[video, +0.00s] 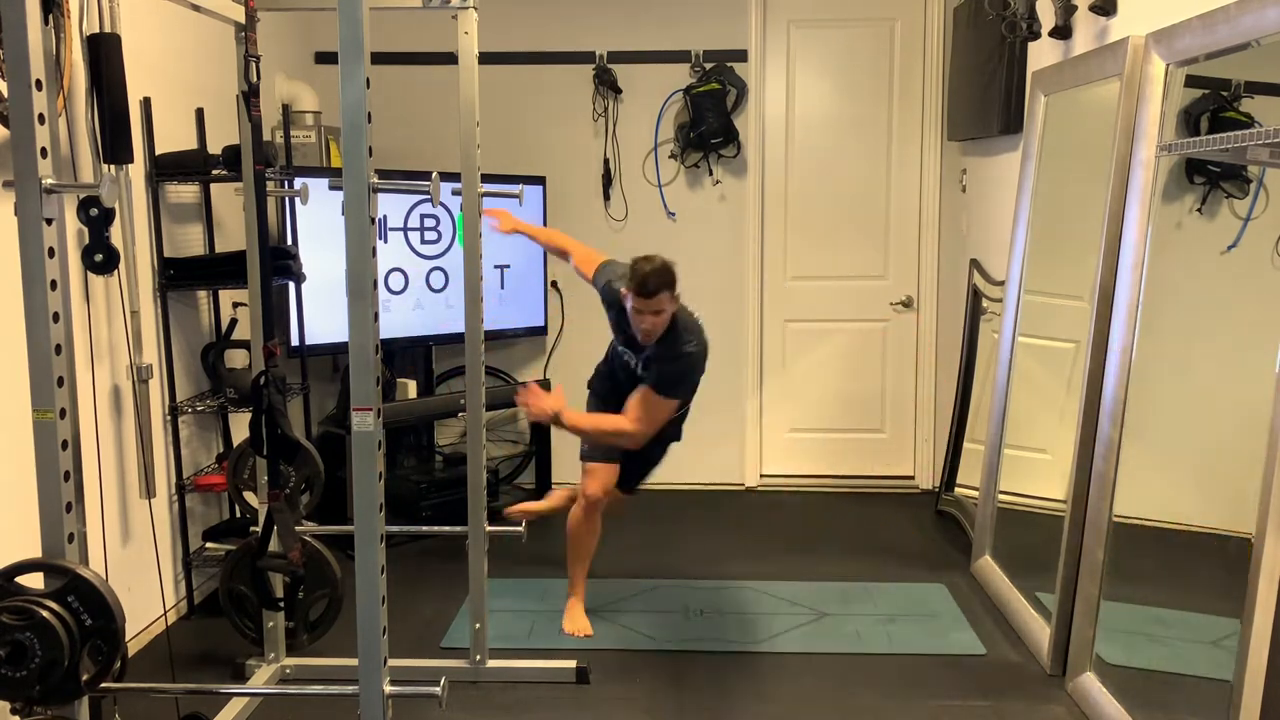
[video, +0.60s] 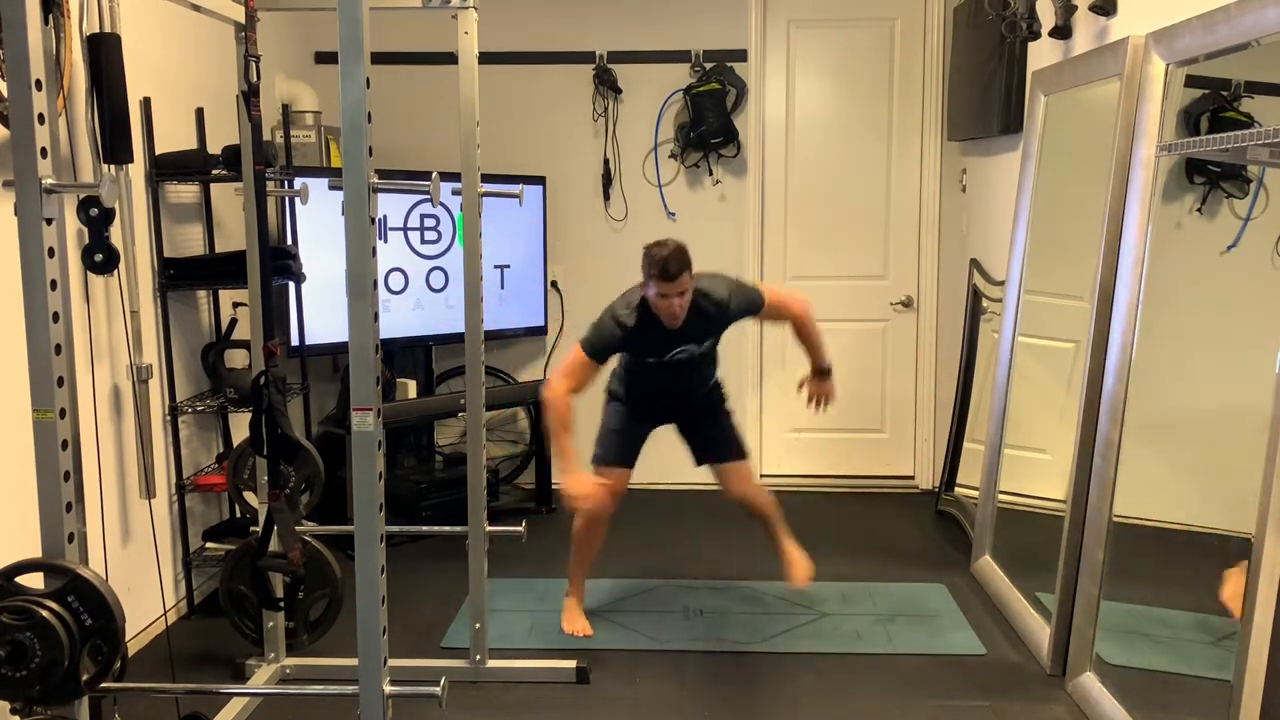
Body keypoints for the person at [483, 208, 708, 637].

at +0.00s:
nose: (646, 323)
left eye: (656, 314)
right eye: (638, 312)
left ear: (674, 303)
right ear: (626, 298)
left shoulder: (686, 348)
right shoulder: (615, 286)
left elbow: (635, 430)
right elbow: (571, 251)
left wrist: (560, 415)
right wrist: (518, 225)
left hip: (659, 415)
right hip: (613, 384)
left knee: (613, 493)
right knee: (592, 494)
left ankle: (569, 496)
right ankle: (575, 598)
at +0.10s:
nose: (632, 336)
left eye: (642, 326)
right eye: (623, 325)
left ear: (659, 314)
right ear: (612, 309)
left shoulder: (670, 362)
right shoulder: (607, 293)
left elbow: (591, 419)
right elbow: (561, 264)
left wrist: (541, 371)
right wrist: (511, 248)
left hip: (638, 425)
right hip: (598, 392)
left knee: (561, 475)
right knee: (581, 495)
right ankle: (574, 598)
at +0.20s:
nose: (626, 341)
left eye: (636, 332)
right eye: (618, 331)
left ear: (651, 321)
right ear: (605, 317)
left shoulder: (668, 363)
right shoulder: (599, 301)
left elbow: (595, 430)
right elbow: (552, 272)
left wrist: (547, 387)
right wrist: (493, 264)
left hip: (630, 428)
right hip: (590, 393)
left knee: (555, 481)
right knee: (576, 494)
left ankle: (484, 529)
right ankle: (572, 598)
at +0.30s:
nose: (631, 342)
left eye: (641, 332)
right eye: (622, 332)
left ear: (655, 320)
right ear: (606, 316)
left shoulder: (673, 357)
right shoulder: (594, 303)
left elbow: (641, 455)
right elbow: (536, 282)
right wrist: (472, 289)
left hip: (631, 430)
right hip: (588, 403)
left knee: (583, 507)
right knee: (575, 496)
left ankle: (518, 536)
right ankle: (572, 599)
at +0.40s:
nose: (640, 336)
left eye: (649, 326)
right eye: (631, 326)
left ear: (662, 315)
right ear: (614, 313)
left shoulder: (683, 347)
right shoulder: (591, 312)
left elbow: (714, 439)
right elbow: (517, 301)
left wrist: (681, 507)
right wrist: (461, 340)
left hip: (647, 417)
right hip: (593, 403)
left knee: (631, 515)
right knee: (577, 498)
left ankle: (575, 530)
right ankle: (572, 599)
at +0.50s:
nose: (657, 324)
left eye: (664, 313)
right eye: (646, 315)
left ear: (673, 302)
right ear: (625, 304)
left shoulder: (697, 328)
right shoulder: (598, 319)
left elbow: (770, 381)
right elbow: (513, 347)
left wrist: (780, 454)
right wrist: (489, 419)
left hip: (666, 411)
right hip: (604, 407)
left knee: (687, 514)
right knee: (585, 501)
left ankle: (692, 530)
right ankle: (573, 601)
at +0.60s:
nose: (675, 306)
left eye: (682, 295)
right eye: (664, 297)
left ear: (692, 282)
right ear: (646, 288)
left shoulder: (721, 298)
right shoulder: (620, 320)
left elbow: (797, 309)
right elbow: (557, 388)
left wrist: (821, 368)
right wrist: (570, 472)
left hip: (698, 396)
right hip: (633, 401)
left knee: (741, 487)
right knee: (599, 499)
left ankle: (786, 542)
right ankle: (574, 597)